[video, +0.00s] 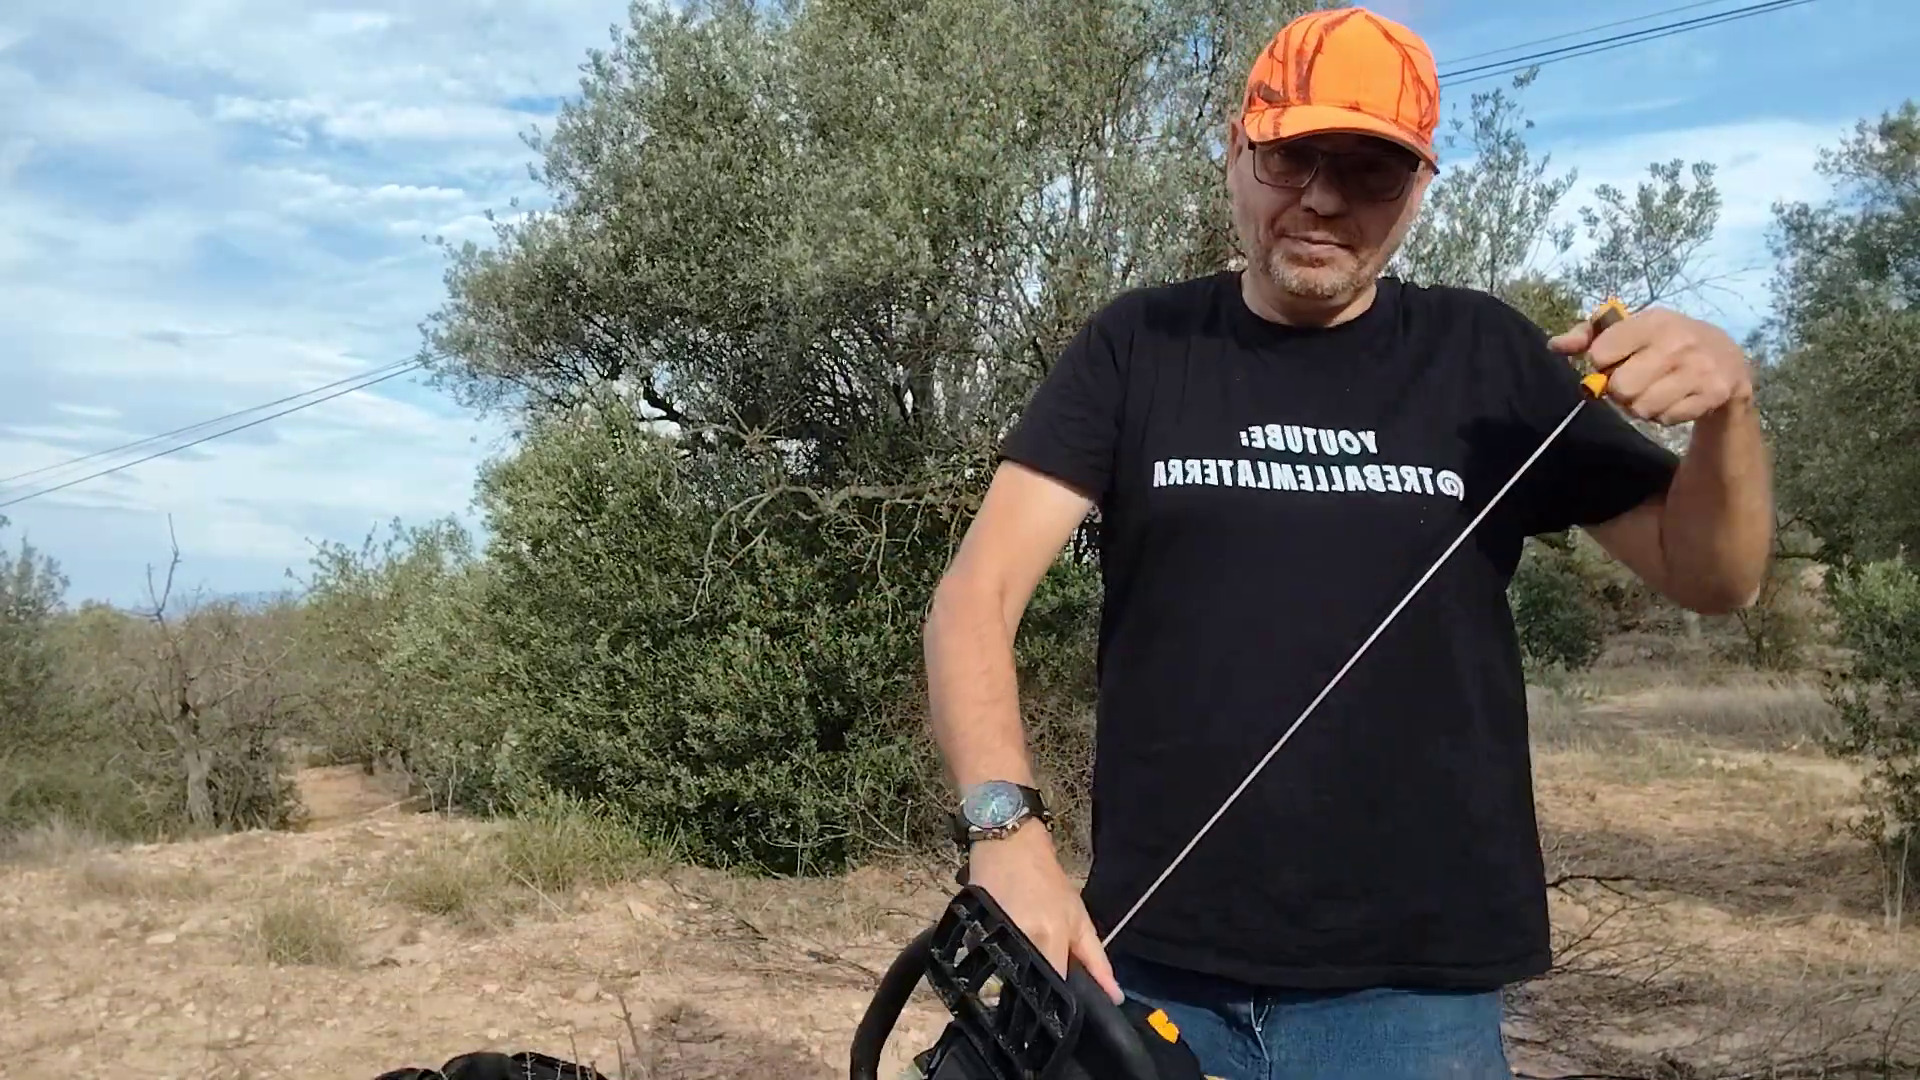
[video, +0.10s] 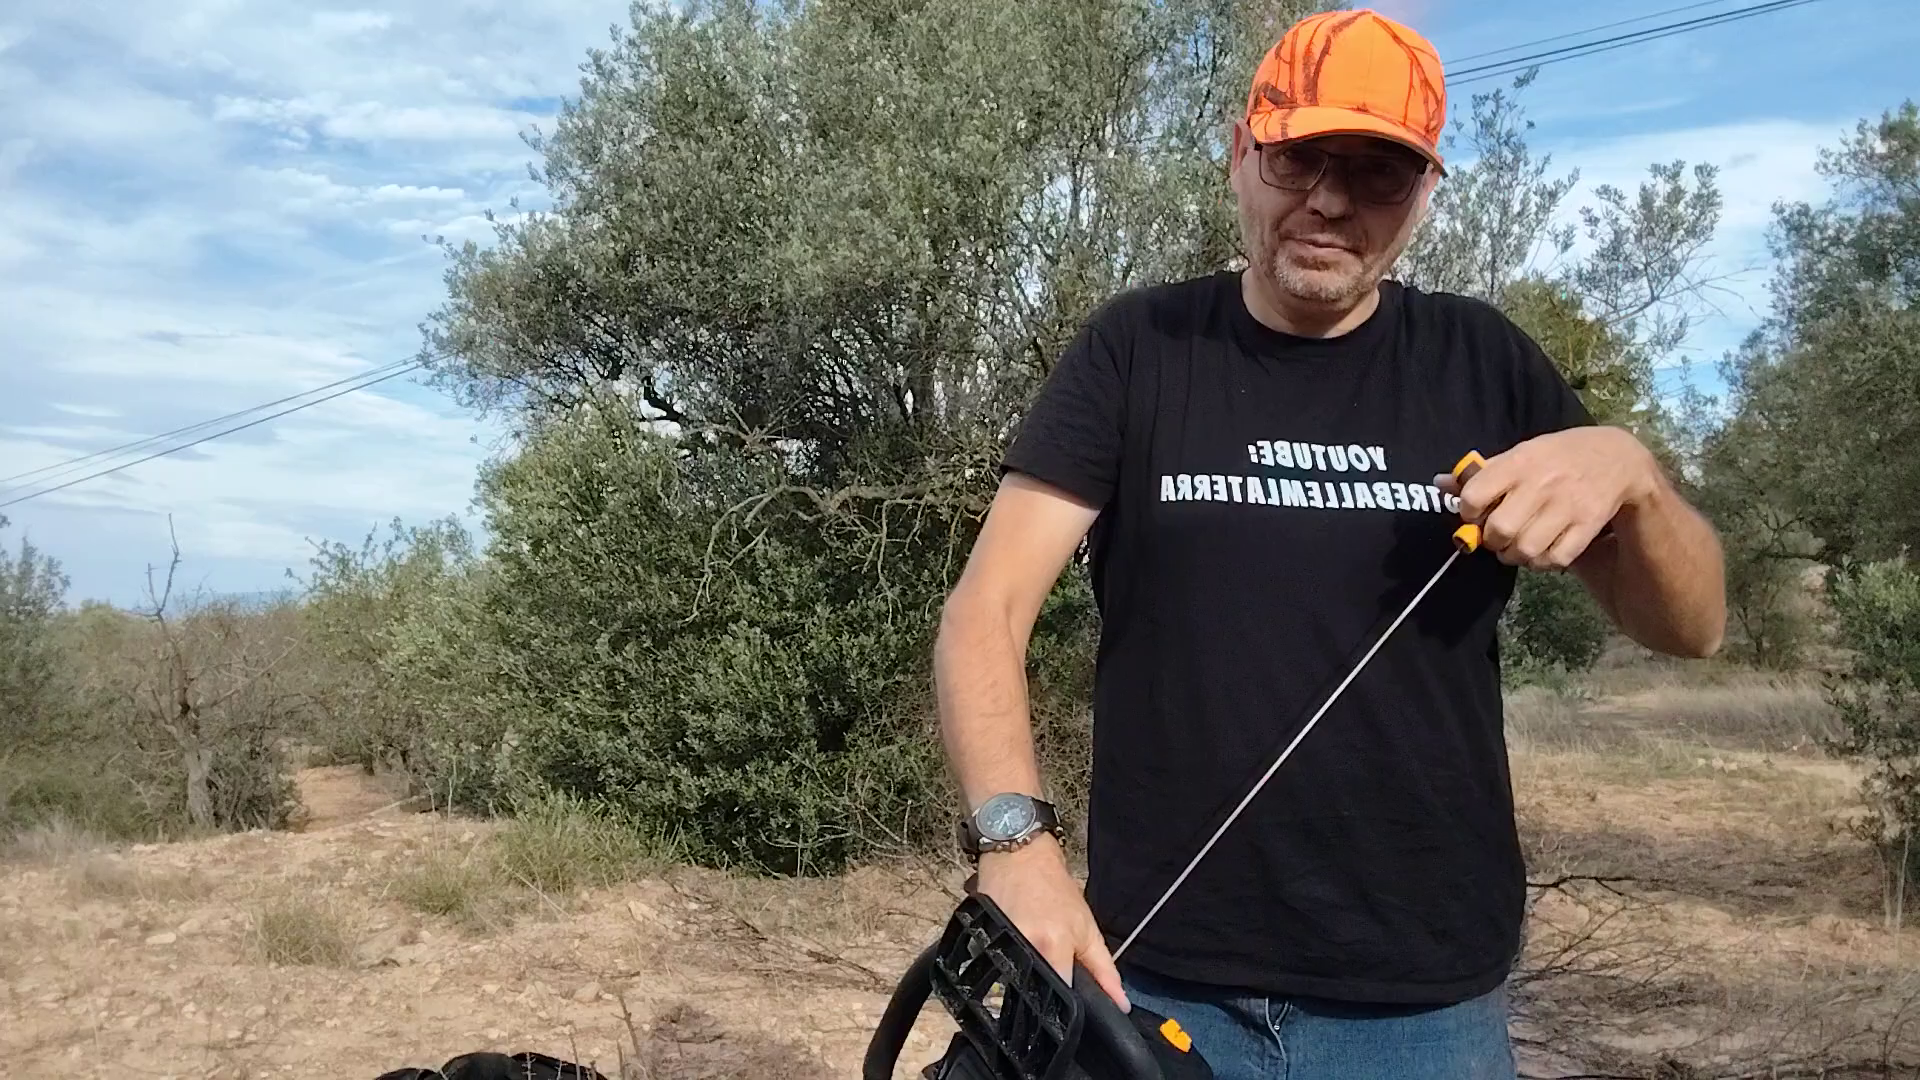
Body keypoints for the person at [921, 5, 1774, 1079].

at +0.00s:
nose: (1326, 199)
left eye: (1371, 169)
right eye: (1297, 158)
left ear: (1420, 188)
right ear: (1237, 157)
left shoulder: (1485, 353)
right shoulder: (1136, 347)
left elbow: (1709, 577)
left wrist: (1728, 399)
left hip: (1414, 998)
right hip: (1147, 985)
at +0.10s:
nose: (1331, 206)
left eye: (1376, 175)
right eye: (1303, 164)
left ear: (1424, 193)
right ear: (1242, 156)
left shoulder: (1485, 362)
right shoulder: (1136, 349)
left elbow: (1688, 627)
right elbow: (985, 616)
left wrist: (1635, 469)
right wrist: (1014, 842)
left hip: (1428, 1010)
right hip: (1158, 999)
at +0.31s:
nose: (1337, 203)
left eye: (1383, 172)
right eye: (1305, 160)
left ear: (1432, 194)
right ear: (1243, 158)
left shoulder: (1484, 372)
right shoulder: (1141, 341)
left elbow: (1584, 680)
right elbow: (987, 606)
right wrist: (1013, 802)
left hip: (1418, 1016)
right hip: (1150, 996)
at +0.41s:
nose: (1337, 197)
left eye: (1385, 168)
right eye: (1307, 154)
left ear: (1433, 192)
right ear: (1246, 153)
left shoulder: (1485, 376)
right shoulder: (1136, 339)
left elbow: (1573, 687)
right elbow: (976, 595)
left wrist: (1381, 806)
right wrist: (1008, 761)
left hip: (1403, 1015)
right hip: (1138, 997)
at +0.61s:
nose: (1317, 194)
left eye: (1363, 166)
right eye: (1286, 153)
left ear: (1412, 191)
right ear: (1228, 154)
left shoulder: (1470, 382)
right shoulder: (1119, 338)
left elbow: (1559, 703)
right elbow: (951, 583)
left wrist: (1349, 883)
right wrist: (1007, 662)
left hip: (1376, 1008)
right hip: (1109, 992)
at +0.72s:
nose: (1300, 187)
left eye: (1346, 159)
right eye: (1270, 146)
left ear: (1398, 187)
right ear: (1215, 150)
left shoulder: (1456, 389)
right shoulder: (1104, 334)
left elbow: (1540, 712)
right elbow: (926, 573)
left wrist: (1319, 874)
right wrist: (1012, 637)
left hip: (1356, 1011)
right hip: (1088, 997)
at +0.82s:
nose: (1279, 187)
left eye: (1325, 159)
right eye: (1249, 145)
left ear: (1373, 187)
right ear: (1193, 151)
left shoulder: (1434, 389)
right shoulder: (1083, 334)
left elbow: (1524, 711)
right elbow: (895, 582)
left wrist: (1290, 867)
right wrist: (1020, 609)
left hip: (1335, 1009)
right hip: (1068, 988)